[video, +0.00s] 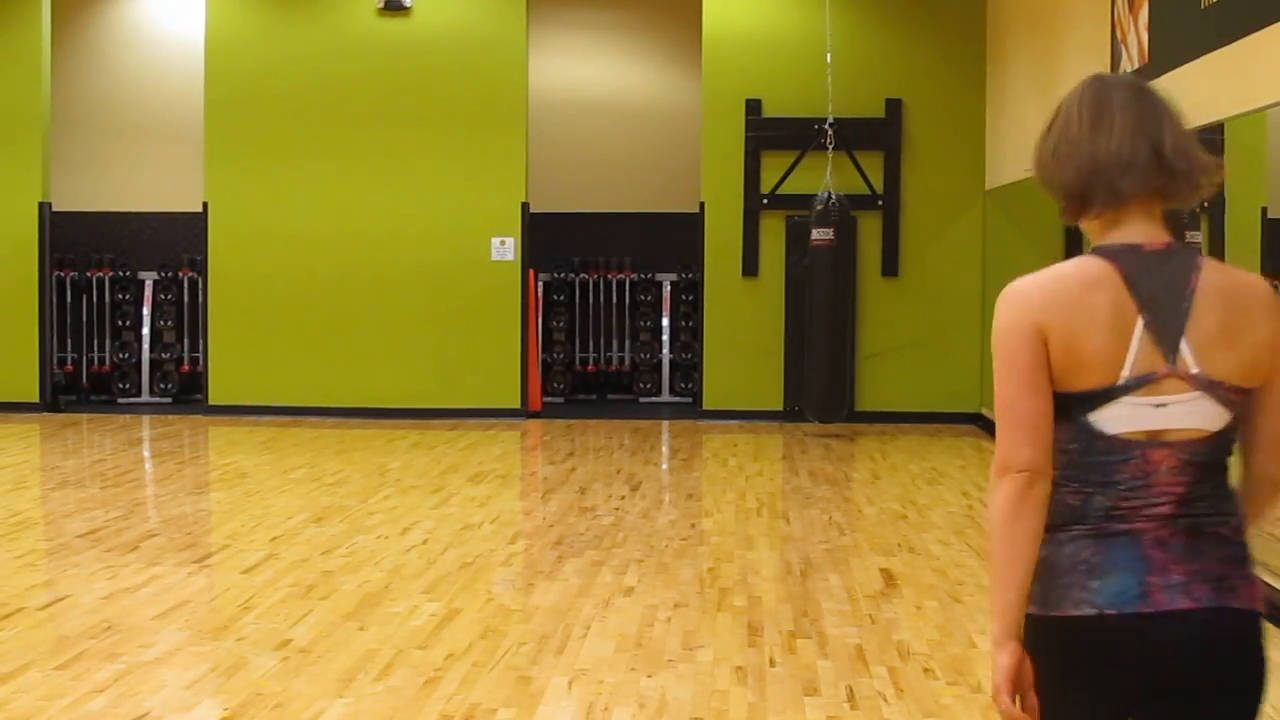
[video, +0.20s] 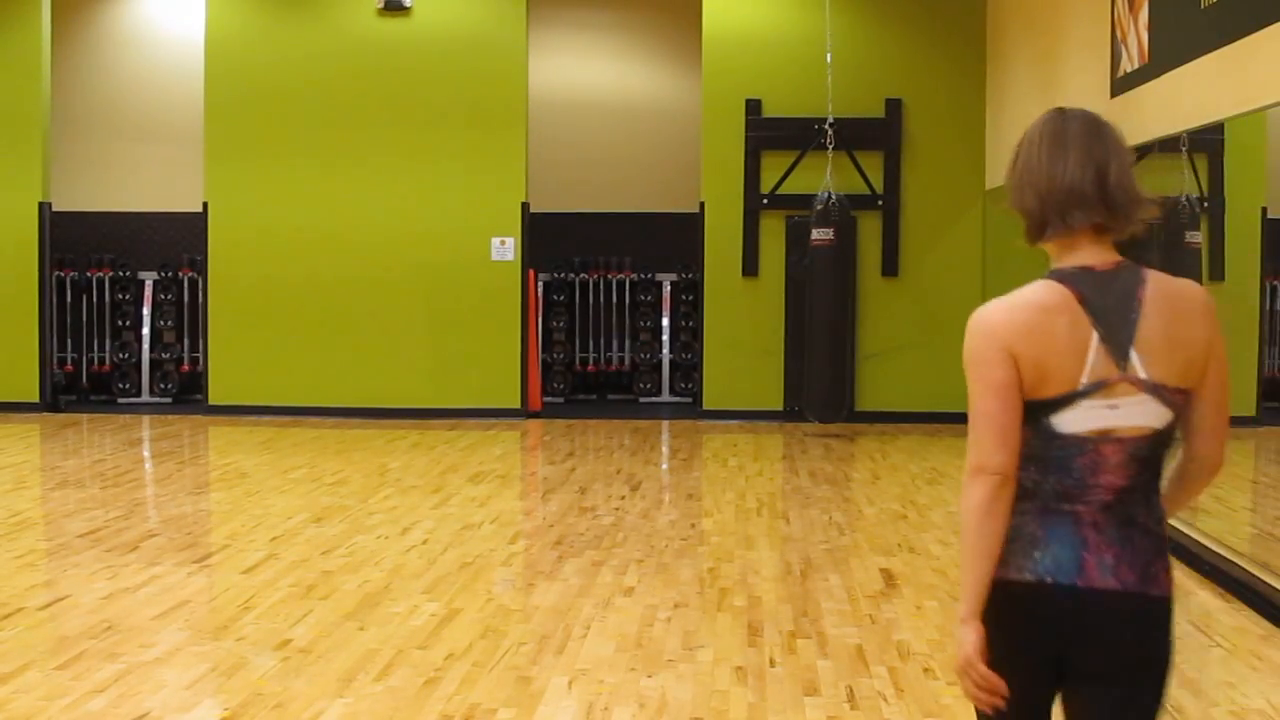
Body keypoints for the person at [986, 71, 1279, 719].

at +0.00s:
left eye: (1059, 163)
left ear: (1068, 173)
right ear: (1171, 163)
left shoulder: (1035, 303)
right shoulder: (1254, 301)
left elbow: (1022, 472)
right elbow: (1266, 476)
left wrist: (1006, 636)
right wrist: (1203, 539)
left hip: (1083, 627)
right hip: (1219, 621)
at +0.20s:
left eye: (1024, 182)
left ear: (1028, 196)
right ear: (1121, 187)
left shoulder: (1003, 323)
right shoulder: (1190, 306)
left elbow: (991, 475)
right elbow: (1206, 456)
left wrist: (968, 614)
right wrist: (1146, 515)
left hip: (1026, 590)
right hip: (1133, 589)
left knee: (1015, 707)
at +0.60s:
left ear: (982, 202)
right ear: (1064, 205)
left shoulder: (940, 301)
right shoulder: (1099, 309)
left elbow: (911, 423)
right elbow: (1137, 425)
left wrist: (886, 481)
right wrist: (1181, 532)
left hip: (990, 532)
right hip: (1080, 528)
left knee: (990, 704)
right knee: (1045, 690)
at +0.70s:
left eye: (979, 185)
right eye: (1042, 187)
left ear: (974, 195)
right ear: (1048, 199)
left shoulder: (931, 289)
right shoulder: (1082, 298)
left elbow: (909, 408)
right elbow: (1112, 415)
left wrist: (891, 481)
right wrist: (1137, 511)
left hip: (982, 518)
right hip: (1071, 511)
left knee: (971, 672)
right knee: (1039, 672)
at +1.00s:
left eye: (947, 206)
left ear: (942, 213)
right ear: (1010, 211)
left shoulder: (916, 301)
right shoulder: (1050, 292)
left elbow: (909, 406)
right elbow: (1057, 392)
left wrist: (903, 499)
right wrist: (1011, 418)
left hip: (937, 498)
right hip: (1013, 498)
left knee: (931, 635)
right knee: (999, 648)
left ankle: (931, 718)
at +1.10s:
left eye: (934, 209)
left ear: (931, 217)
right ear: (995, 215)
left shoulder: (907, 304)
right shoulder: (1035, 293)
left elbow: (900, 408)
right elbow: (1048, 399)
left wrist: (890, 497)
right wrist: (1039, 484)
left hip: (926, 489)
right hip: (996, 488)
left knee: (919, 622)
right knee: (988, 623)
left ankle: (927, 716)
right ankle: (990, 715)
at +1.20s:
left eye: (923, 203)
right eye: (967, 203)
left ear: (918, 212)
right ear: (980, 210)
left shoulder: (900, 296)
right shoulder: (1016, 284)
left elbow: (886, 400)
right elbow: (1027, 389)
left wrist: (868, 481)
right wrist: (1016, 467)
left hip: (912, 469)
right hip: (985, 467)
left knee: (914, 605)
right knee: (965, 591)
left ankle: (926, 717)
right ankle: (980, 701)